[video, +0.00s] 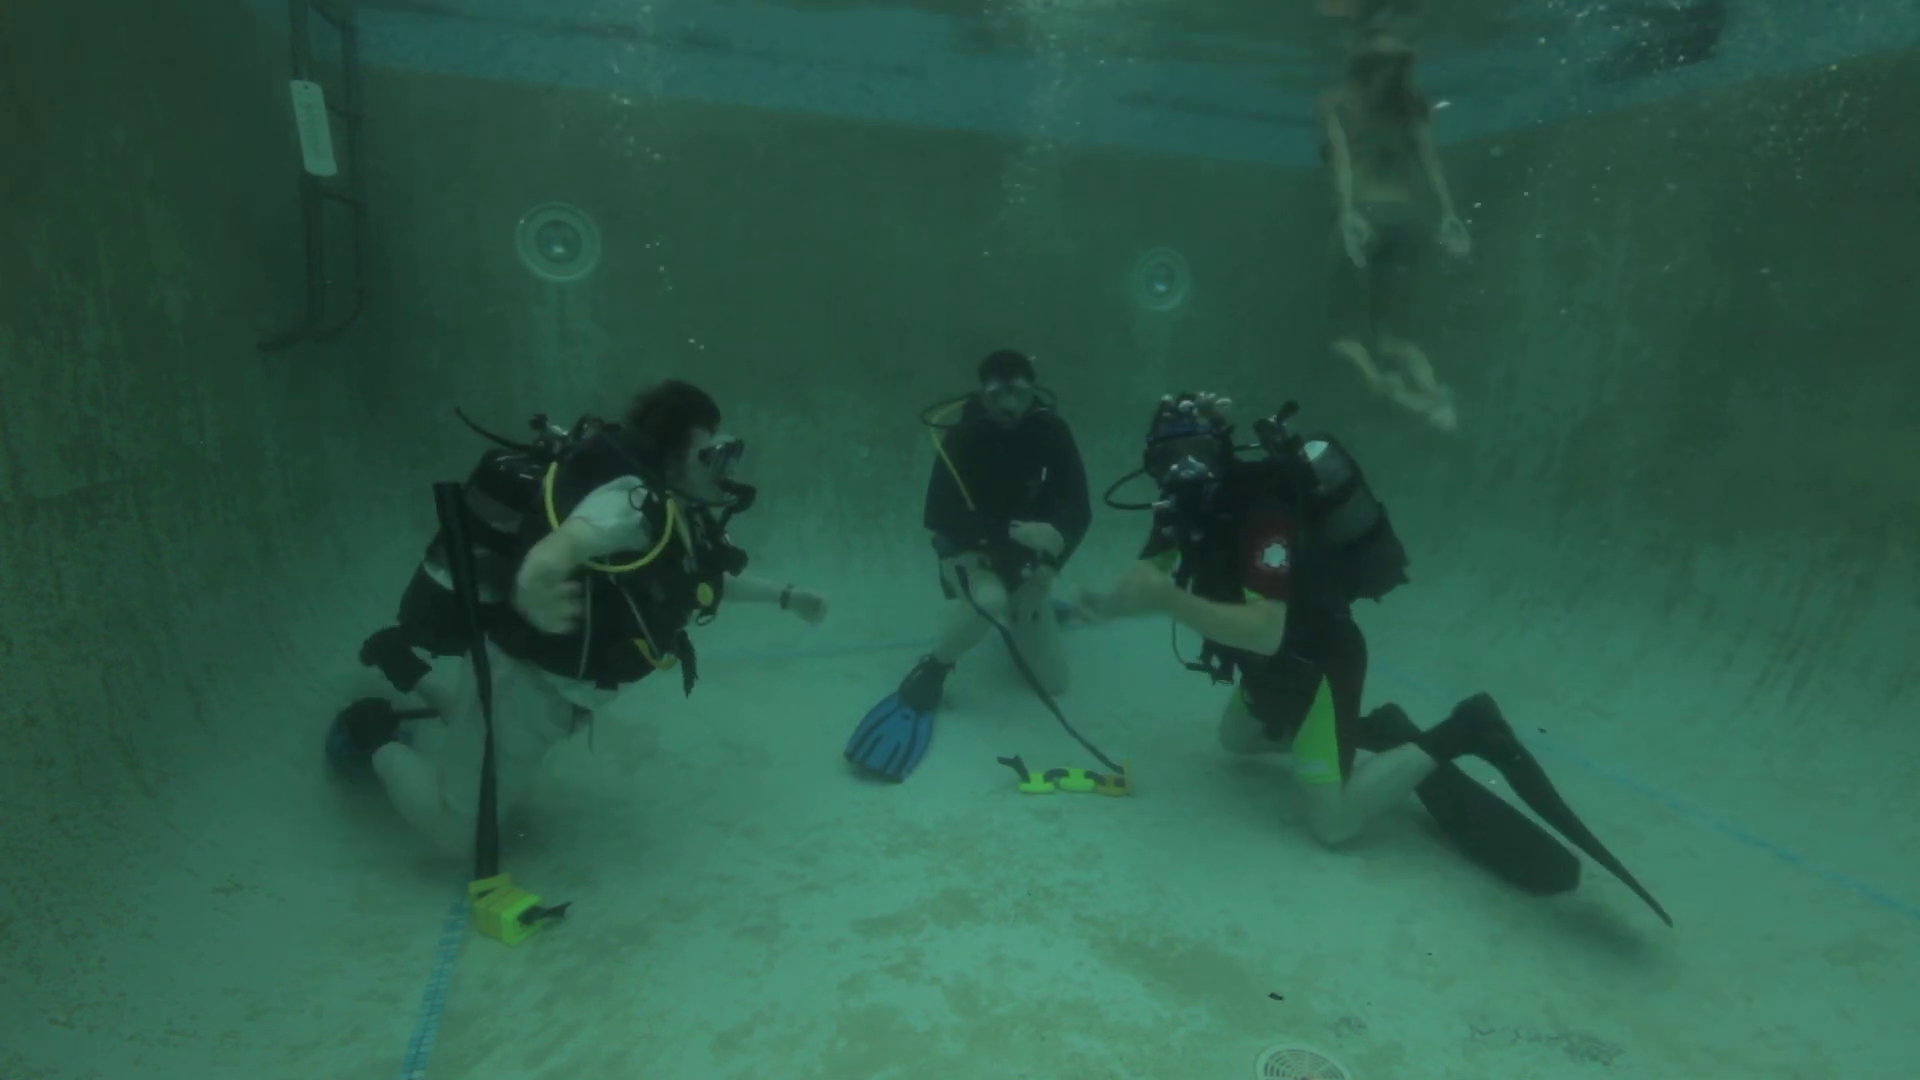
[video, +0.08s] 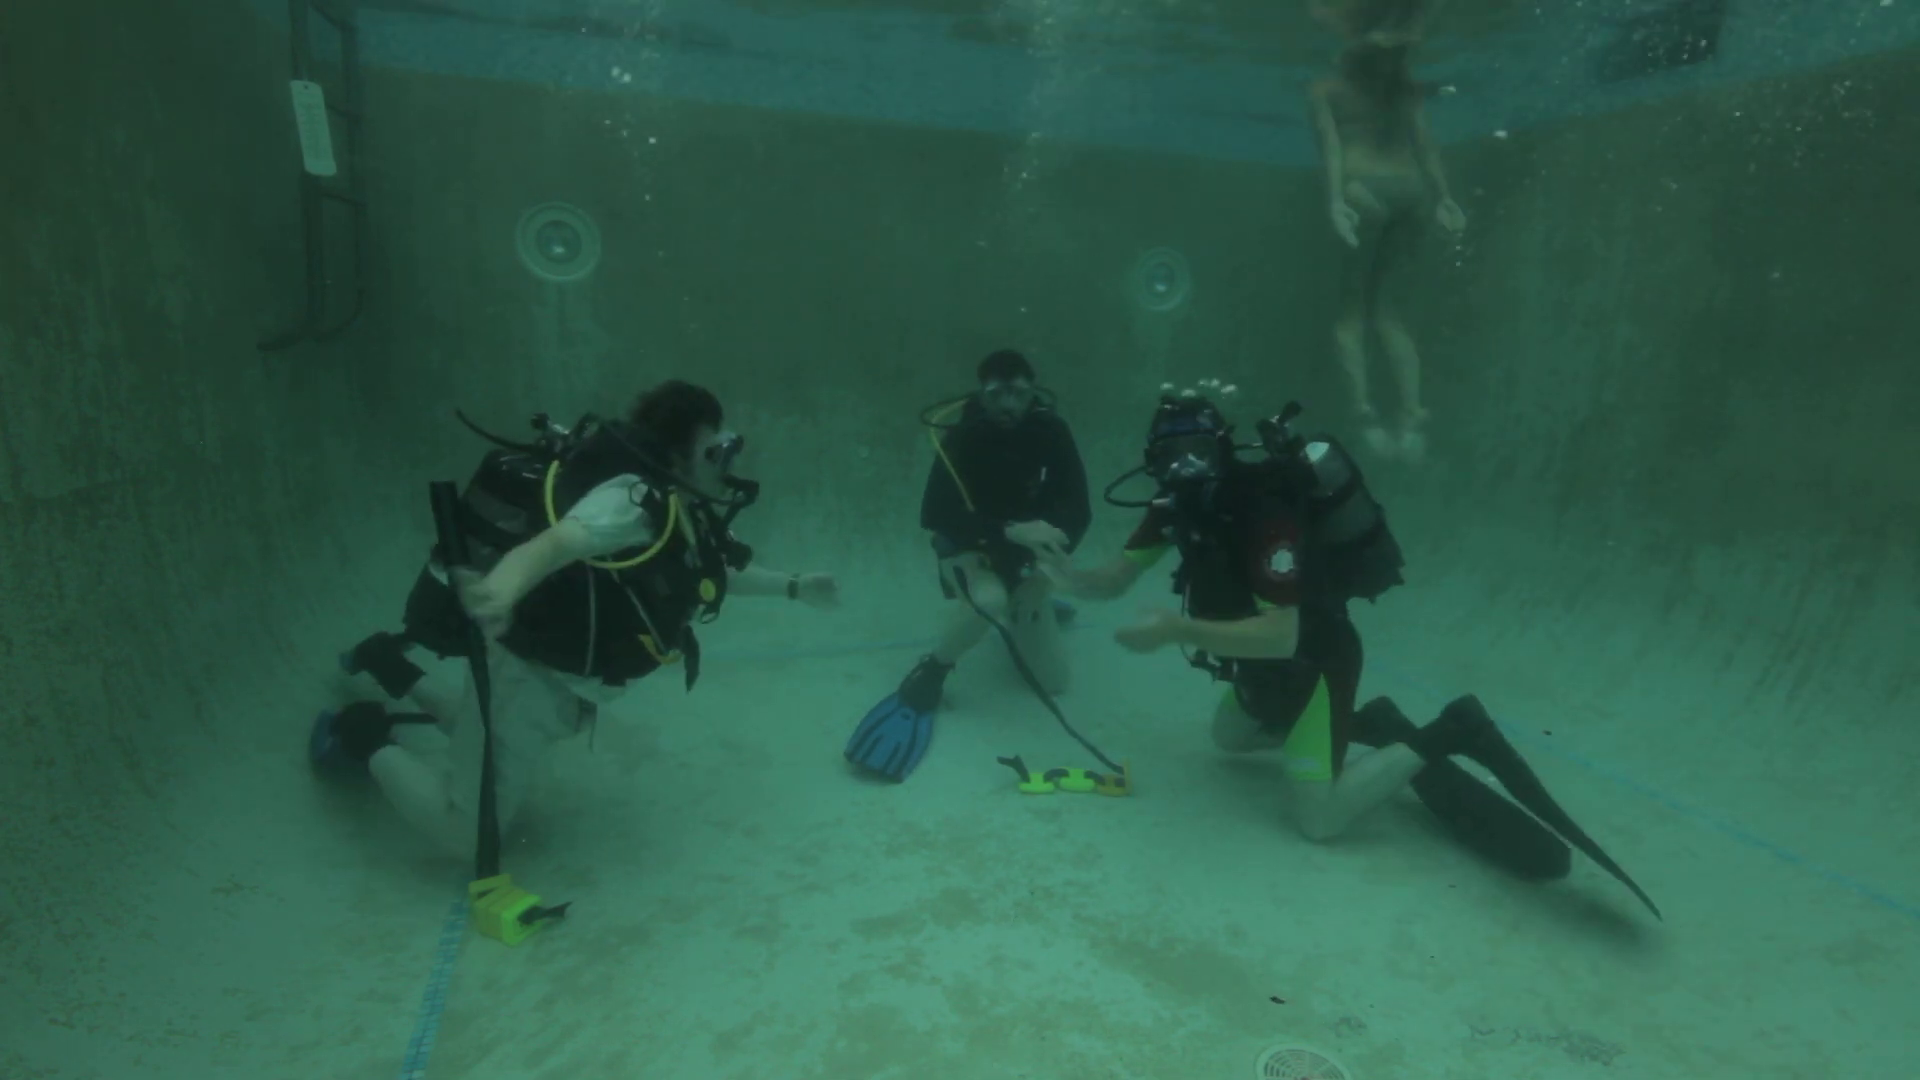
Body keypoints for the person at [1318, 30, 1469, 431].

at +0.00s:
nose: (1395, 72)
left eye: (1396, 63)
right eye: (1393, 64)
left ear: (1358, 61)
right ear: (1399, 65)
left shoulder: (1336, 102)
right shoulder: (1411, 102)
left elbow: (1342, 159)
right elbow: (1431, 161)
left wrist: (1346, 213)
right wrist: (1449, 213)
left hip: (1365, 215)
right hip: (1410, 215)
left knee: (1345, 322)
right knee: (1396, 328)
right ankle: (1436, 398)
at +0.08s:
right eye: (1395, 54)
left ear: (1347, 55)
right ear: (1392, 54)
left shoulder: (1327, 91)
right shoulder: (1404, 88)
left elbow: (1332, 146)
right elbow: (1427, 145)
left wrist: (1335, 199)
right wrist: (1445, 197)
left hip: (1362, 191)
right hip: (1410, 190)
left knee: (1349, 305)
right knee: (1389, 307)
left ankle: (1363, 413)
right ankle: (1413, 418)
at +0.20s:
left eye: (1322, 32)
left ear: (1339, 28)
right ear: (1386, 27)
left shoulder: (1326, 68)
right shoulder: (1398, 57)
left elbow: (1318, 125)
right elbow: (1422, 116)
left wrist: (1312, 175)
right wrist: (1437, 171)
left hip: (1359, 153)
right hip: (1409, 155)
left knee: (1364, 276)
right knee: (1396, 276)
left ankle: (1363, 392)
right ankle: (1389, 391)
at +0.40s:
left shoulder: (1316, 38)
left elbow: (1302, 108)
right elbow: (1413, 83)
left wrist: (1258, 148)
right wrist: (1427, 114)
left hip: (1373, 114)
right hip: (1417, 112)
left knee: (1373, 230)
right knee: (1406, 231)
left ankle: (1356, 355)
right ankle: (1389, 354)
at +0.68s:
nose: (1278, 35)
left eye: (1281, 29)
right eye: (1277, 29)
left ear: (1293, 28)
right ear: (1316, 28)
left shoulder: (1298, 54)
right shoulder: (1340, 52)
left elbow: (1267, 107)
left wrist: (1198, 122)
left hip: (1387, 89)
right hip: (1426, 94)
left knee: (1389, 205)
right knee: (1419, 207)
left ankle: (1379, 317)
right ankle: (1407, 316)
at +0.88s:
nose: (1273, 52)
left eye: (1276, 46)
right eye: (1274, 47)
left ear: (1290, 44)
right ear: (1314, 41)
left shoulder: (1295, 65)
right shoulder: (1342, 62)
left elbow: (1253, 112)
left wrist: (1197, 113)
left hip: (1390, 96)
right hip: (1418, 96)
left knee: (1413, 199)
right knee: (1434, 202)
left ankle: (1421, 294)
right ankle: (1450, 294)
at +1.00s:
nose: (1269, 56)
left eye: (1273, 50)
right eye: (1270, 52)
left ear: (1289, 47)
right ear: (1305, 47)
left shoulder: (1297, 68)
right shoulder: (1325, 65)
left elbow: (1257, 113)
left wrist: (1213, 129)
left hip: (1384, 108)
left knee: (1418, 189)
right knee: (1425, 193)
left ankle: (1455, 279)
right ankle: (1478, 282)